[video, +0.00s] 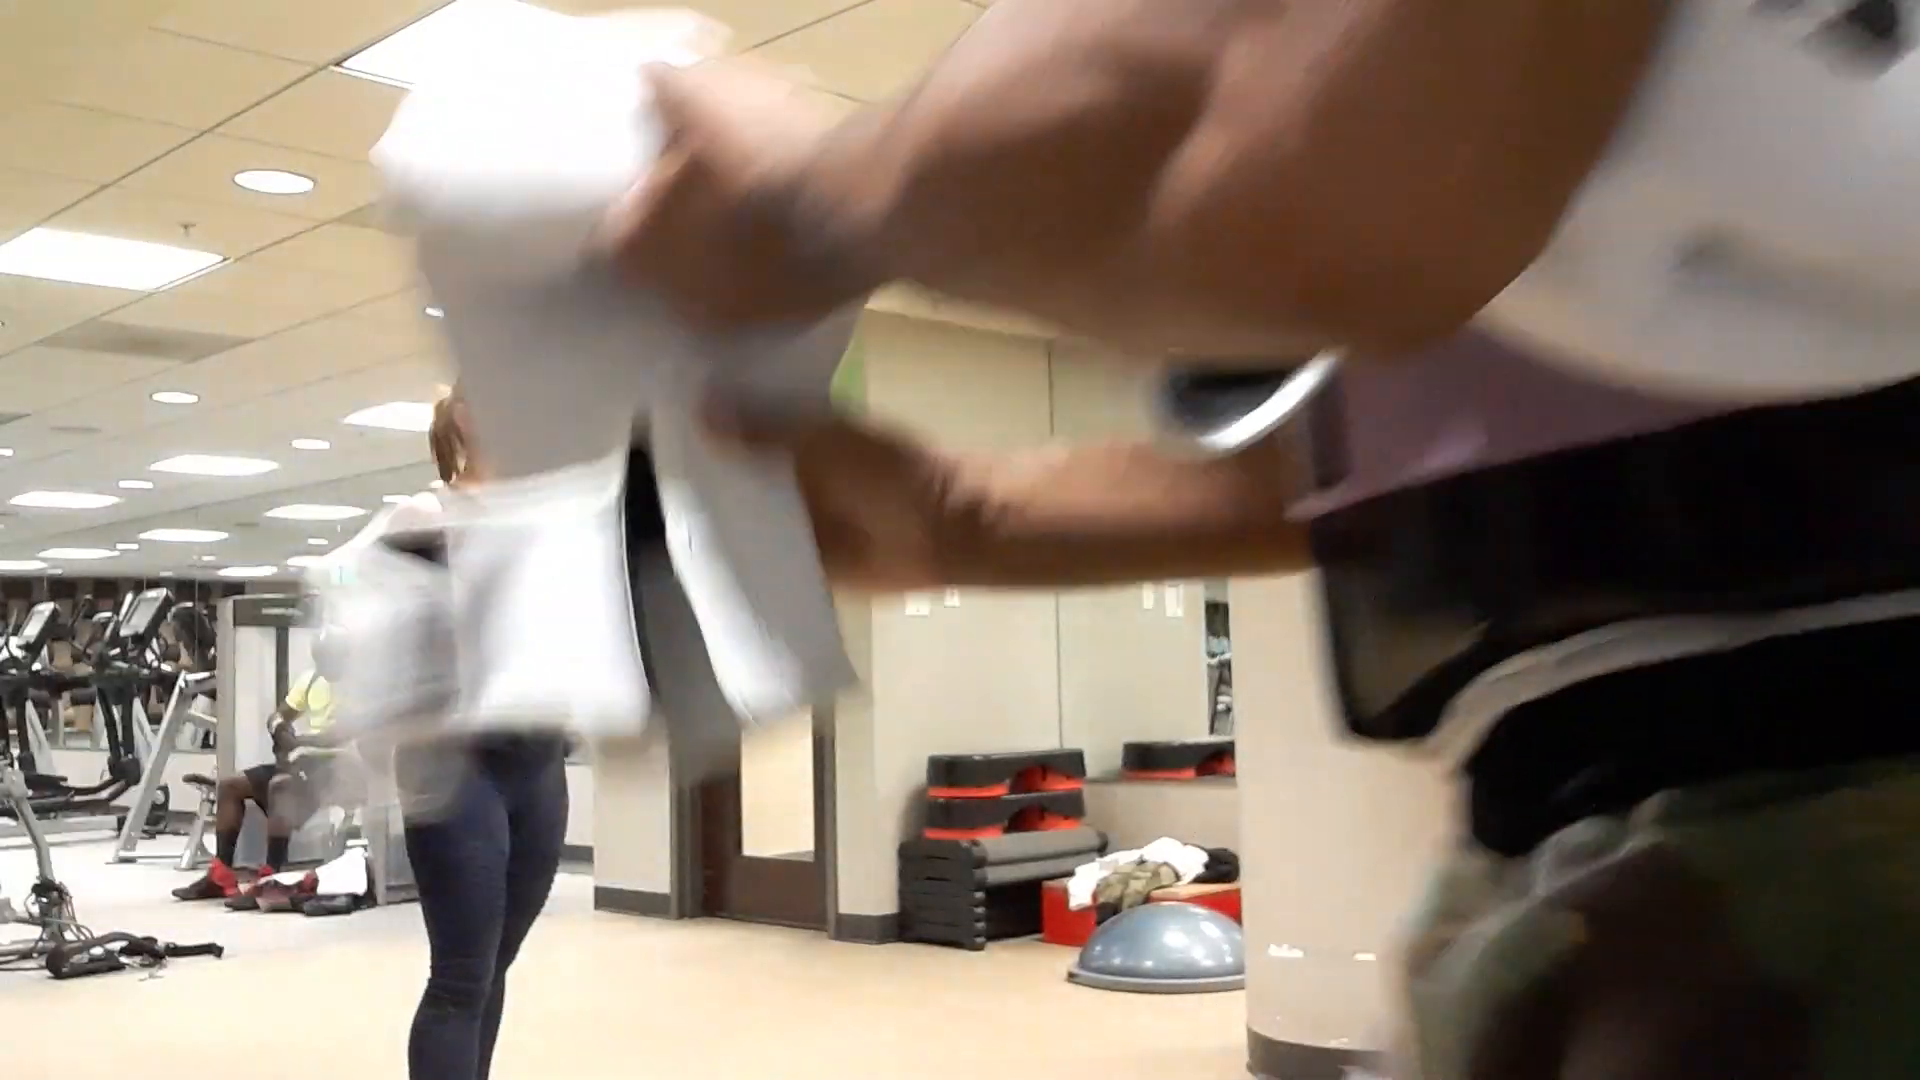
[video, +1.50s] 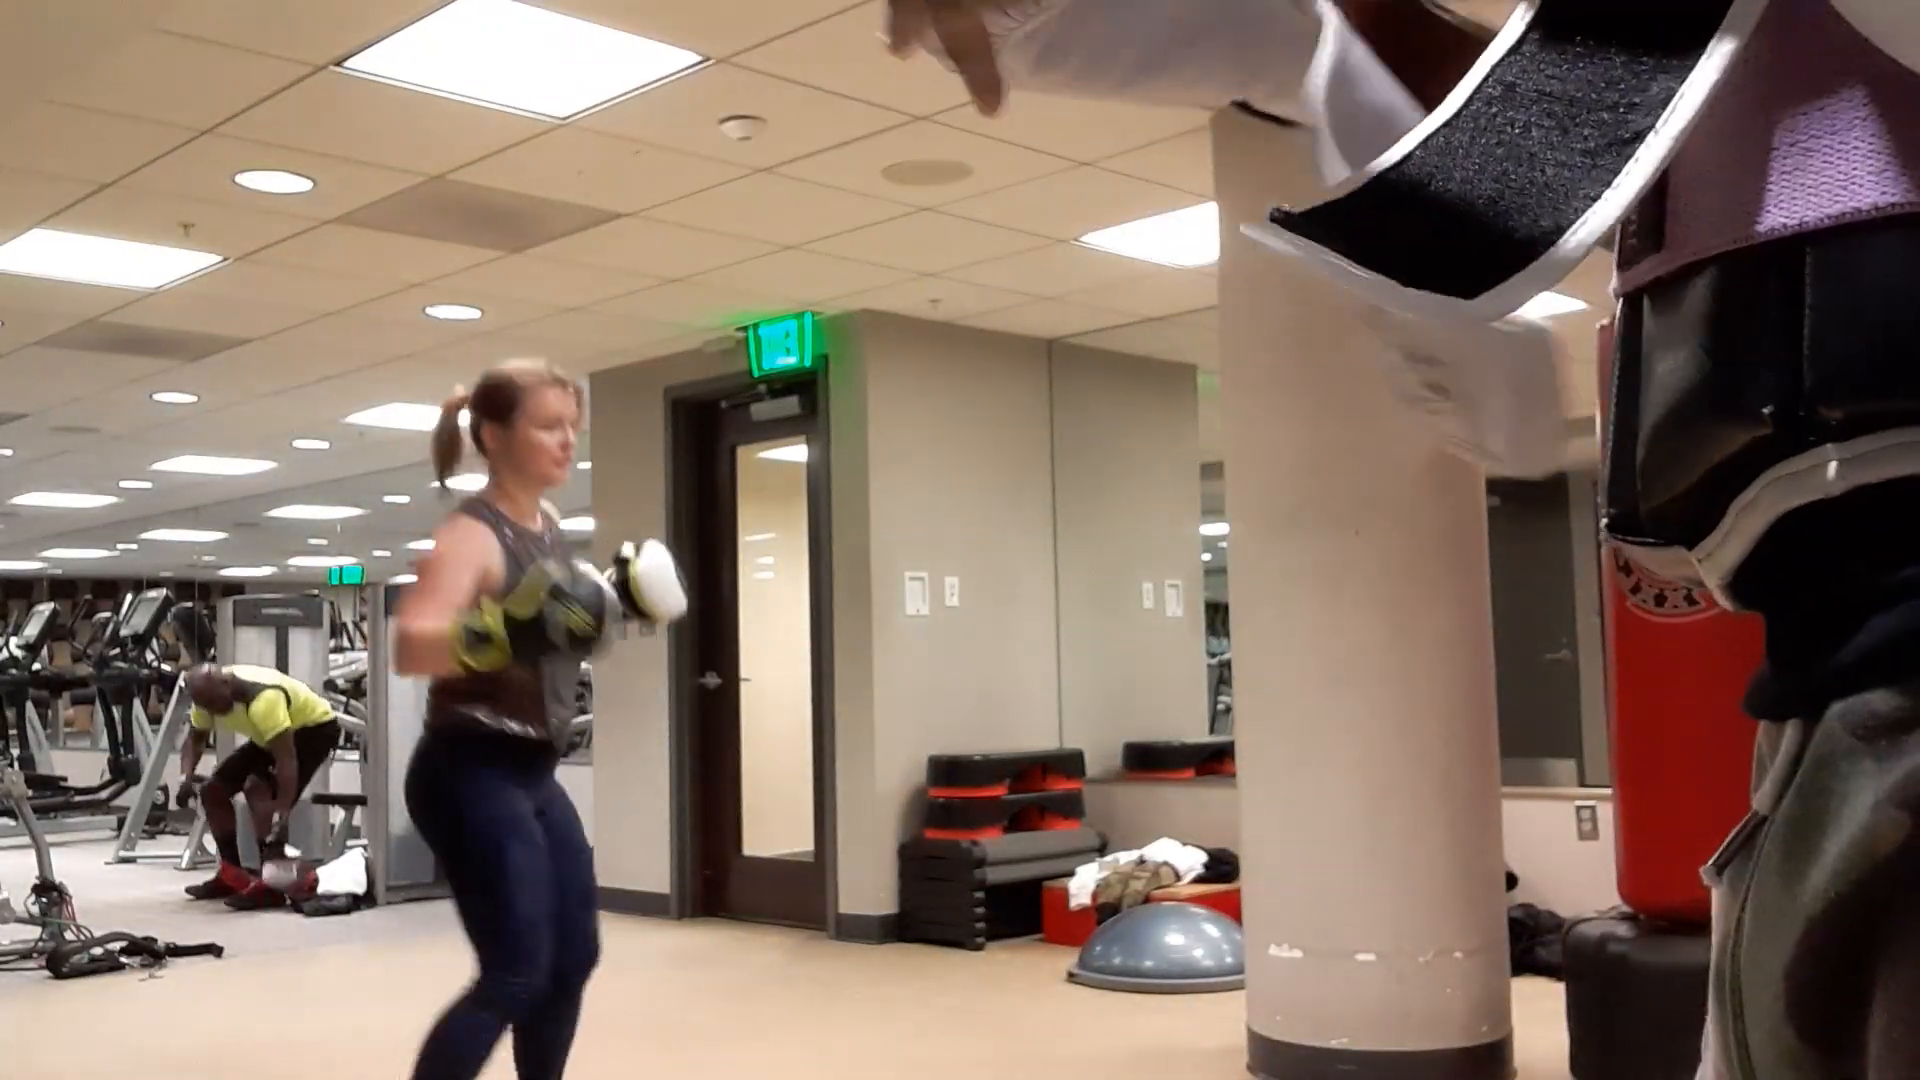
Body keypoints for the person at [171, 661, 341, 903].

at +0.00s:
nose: (324, 667)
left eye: (329, 659)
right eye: (319, 659)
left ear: (343, 656)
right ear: (314, 656)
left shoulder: (357, 684)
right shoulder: (312, 679)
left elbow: (350, 730)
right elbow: (280, 715)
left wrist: (299, 741)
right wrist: (280, 730)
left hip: (345, 769)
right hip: (307, 766)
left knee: (282, 788)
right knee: (230, 787)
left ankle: (272, 880)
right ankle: (221, 876)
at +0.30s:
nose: (322, 668)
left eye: (328, 661)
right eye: (318, 661)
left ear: (346, 654)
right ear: (314, 656)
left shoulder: (361, 682)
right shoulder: (310, 679)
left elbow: (347, 737)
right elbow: (279, 717)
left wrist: (303, 744)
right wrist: (284, 729)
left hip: (346, 767)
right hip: (310, 764)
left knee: (279, 785)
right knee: (229, 786)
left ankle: (269, 880)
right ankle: (221, 875)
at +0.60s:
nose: (320, 672)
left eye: (325, 666)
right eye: (315, 666)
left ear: (341, 657)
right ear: (310, 660)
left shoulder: (359, 689)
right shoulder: (306, 681)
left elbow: (359, 751)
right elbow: (284, 720)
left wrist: (309, 750)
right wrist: (275, 731)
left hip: (344, 772)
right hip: (309, 765)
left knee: (270, 787)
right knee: (229, 786)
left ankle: (268, 882)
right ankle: (220, 876)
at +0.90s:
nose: (294, 687)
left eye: (299, 680)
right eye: (291, 681)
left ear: (315, 674)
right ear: (289, 677)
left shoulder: (341, 700)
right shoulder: (287, 689)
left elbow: (351, 762)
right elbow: (274, 722)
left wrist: (314, 798)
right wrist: (252, 745)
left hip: (335, 769)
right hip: (305, 765)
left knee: (270, 784)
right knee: (228, 785)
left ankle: (270, 880)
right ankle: (225, 874)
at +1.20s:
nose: (233, 731)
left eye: (237, 726)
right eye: (230, 725)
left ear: (252, 721)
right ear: (229, 717)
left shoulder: (285, 726)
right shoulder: (236, 712)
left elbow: (293, 787)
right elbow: (200, 752)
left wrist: (280, 841)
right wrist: (181, 791)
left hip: (334, 758)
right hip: (291, 760)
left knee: (265, 789)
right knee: (218, 791)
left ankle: (268, 880)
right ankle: (233, 874)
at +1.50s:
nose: (212, 709)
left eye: (213, 702)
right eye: (206, 705)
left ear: (225, 685)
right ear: (199, 698)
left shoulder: (265, 701)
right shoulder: (206, 695)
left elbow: (287, 762)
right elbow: (197, 737)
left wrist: (282, 821)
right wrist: (187, 777)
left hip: (315, 728)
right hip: (273, 731)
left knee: (259, 792)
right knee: (214, 792)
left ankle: (272, 882)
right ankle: (232, 873)